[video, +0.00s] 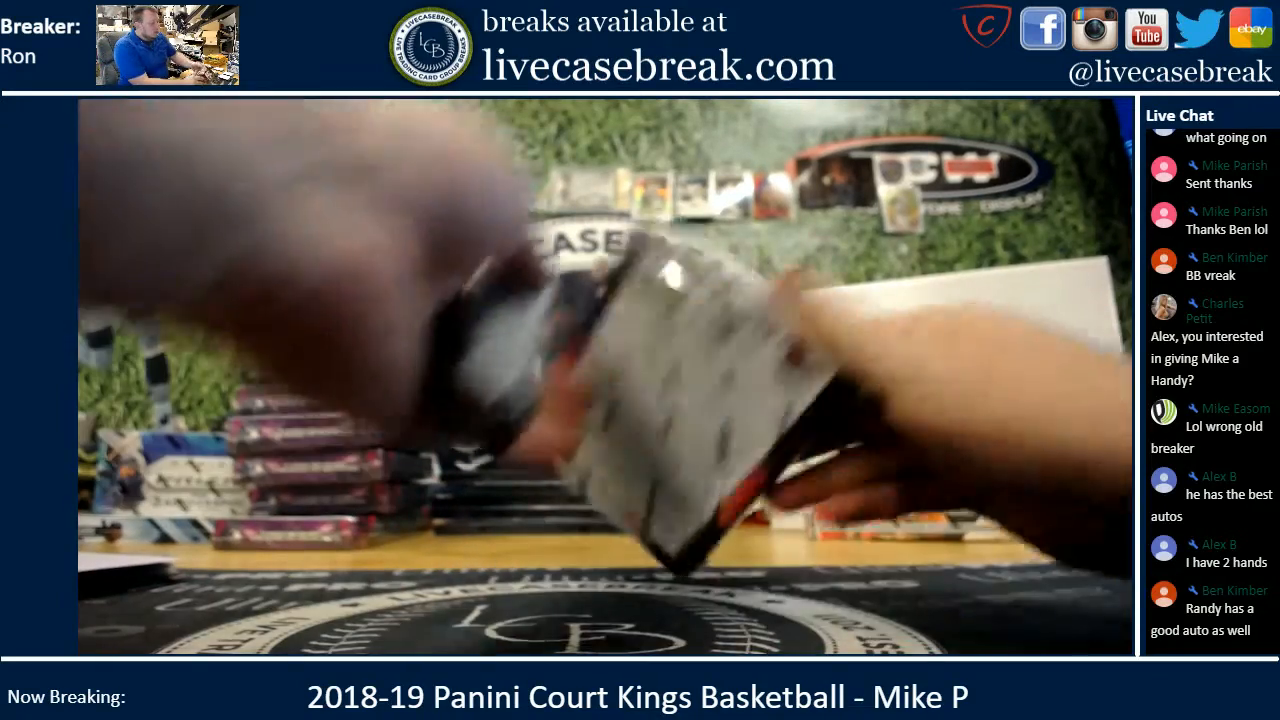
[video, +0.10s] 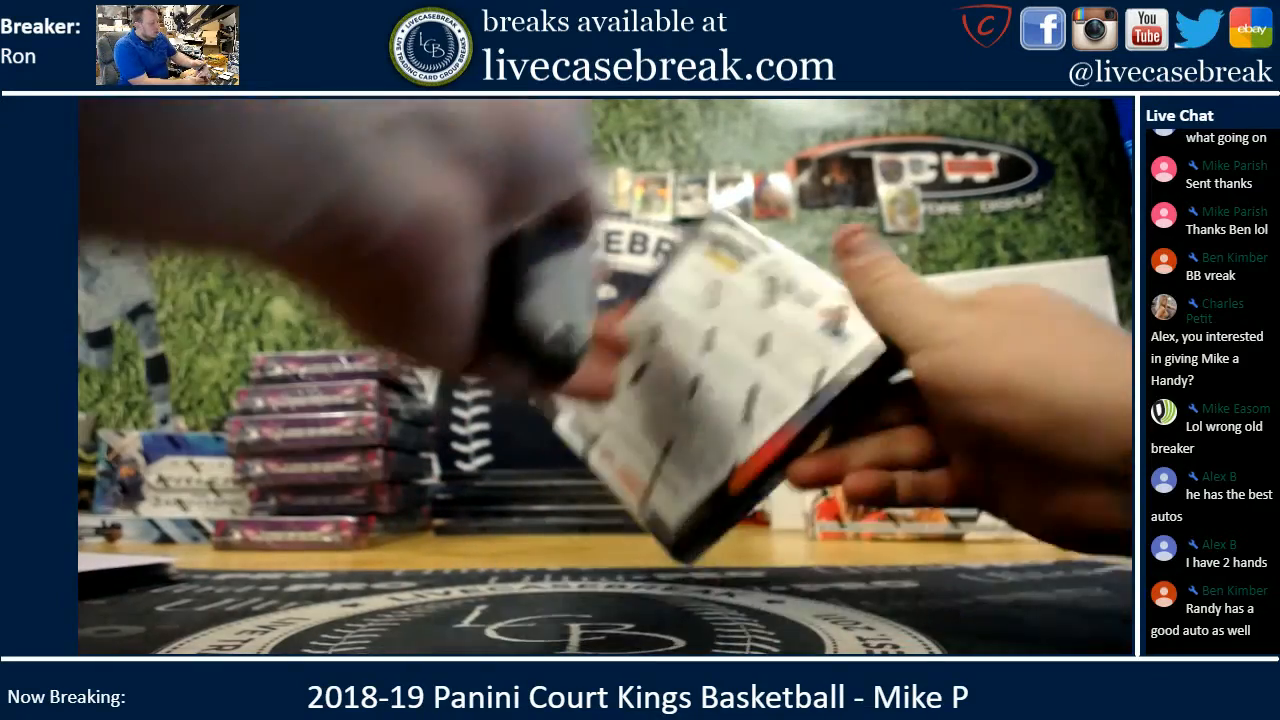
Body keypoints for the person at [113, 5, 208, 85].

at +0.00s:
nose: (157, 27)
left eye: (157, 22)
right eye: (152, 24)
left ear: (159, 21)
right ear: (138, 25)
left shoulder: (160, 38)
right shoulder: (125, 46)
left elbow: (175, 55)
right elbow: (142, 83)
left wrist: (191, 64)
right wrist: (184, 82)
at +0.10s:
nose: (157, 27)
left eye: (158, 22)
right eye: (152, 23)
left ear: (159, 21)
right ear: (138, 25)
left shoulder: (160, 38)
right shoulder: (125, 46)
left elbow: (176, 56)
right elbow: (142, 82)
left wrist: (192, 63)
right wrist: (184, 82)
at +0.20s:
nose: (157, 27)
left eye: (157, 22)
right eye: (151, 24)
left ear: (159, 21)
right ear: (137, 25)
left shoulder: (160, 38)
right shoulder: (124, 46)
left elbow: (176, 55)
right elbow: (141, 83)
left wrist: (192, 63)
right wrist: (183, 82)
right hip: (137, 100)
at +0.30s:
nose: (157, 27)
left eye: (157, 22)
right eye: (151, 24)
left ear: (159, 21)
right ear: (137, 25)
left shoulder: (160, 38)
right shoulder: (124, 46)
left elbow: (176, 55)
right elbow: (140, 82)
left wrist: (193, 64)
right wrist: (182, 83)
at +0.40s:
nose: (157, 28)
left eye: (157, 22)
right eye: (151, 24)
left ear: (158, 20)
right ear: (137, 26)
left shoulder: (161, 38)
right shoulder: (124, 46)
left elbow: (177, 55)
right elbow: (141, 82)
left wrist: (193, 64)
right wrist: (183, 84)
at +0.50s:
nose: (157, 28)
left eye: (157, 22)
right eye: (151, 24)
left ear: (158, 21)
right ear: (137, 26)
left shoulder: (161, 37)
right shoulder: (124, 46)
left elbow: (177, 55)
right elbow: (141, 82)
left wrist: (194, 64)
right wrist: (183, 83)